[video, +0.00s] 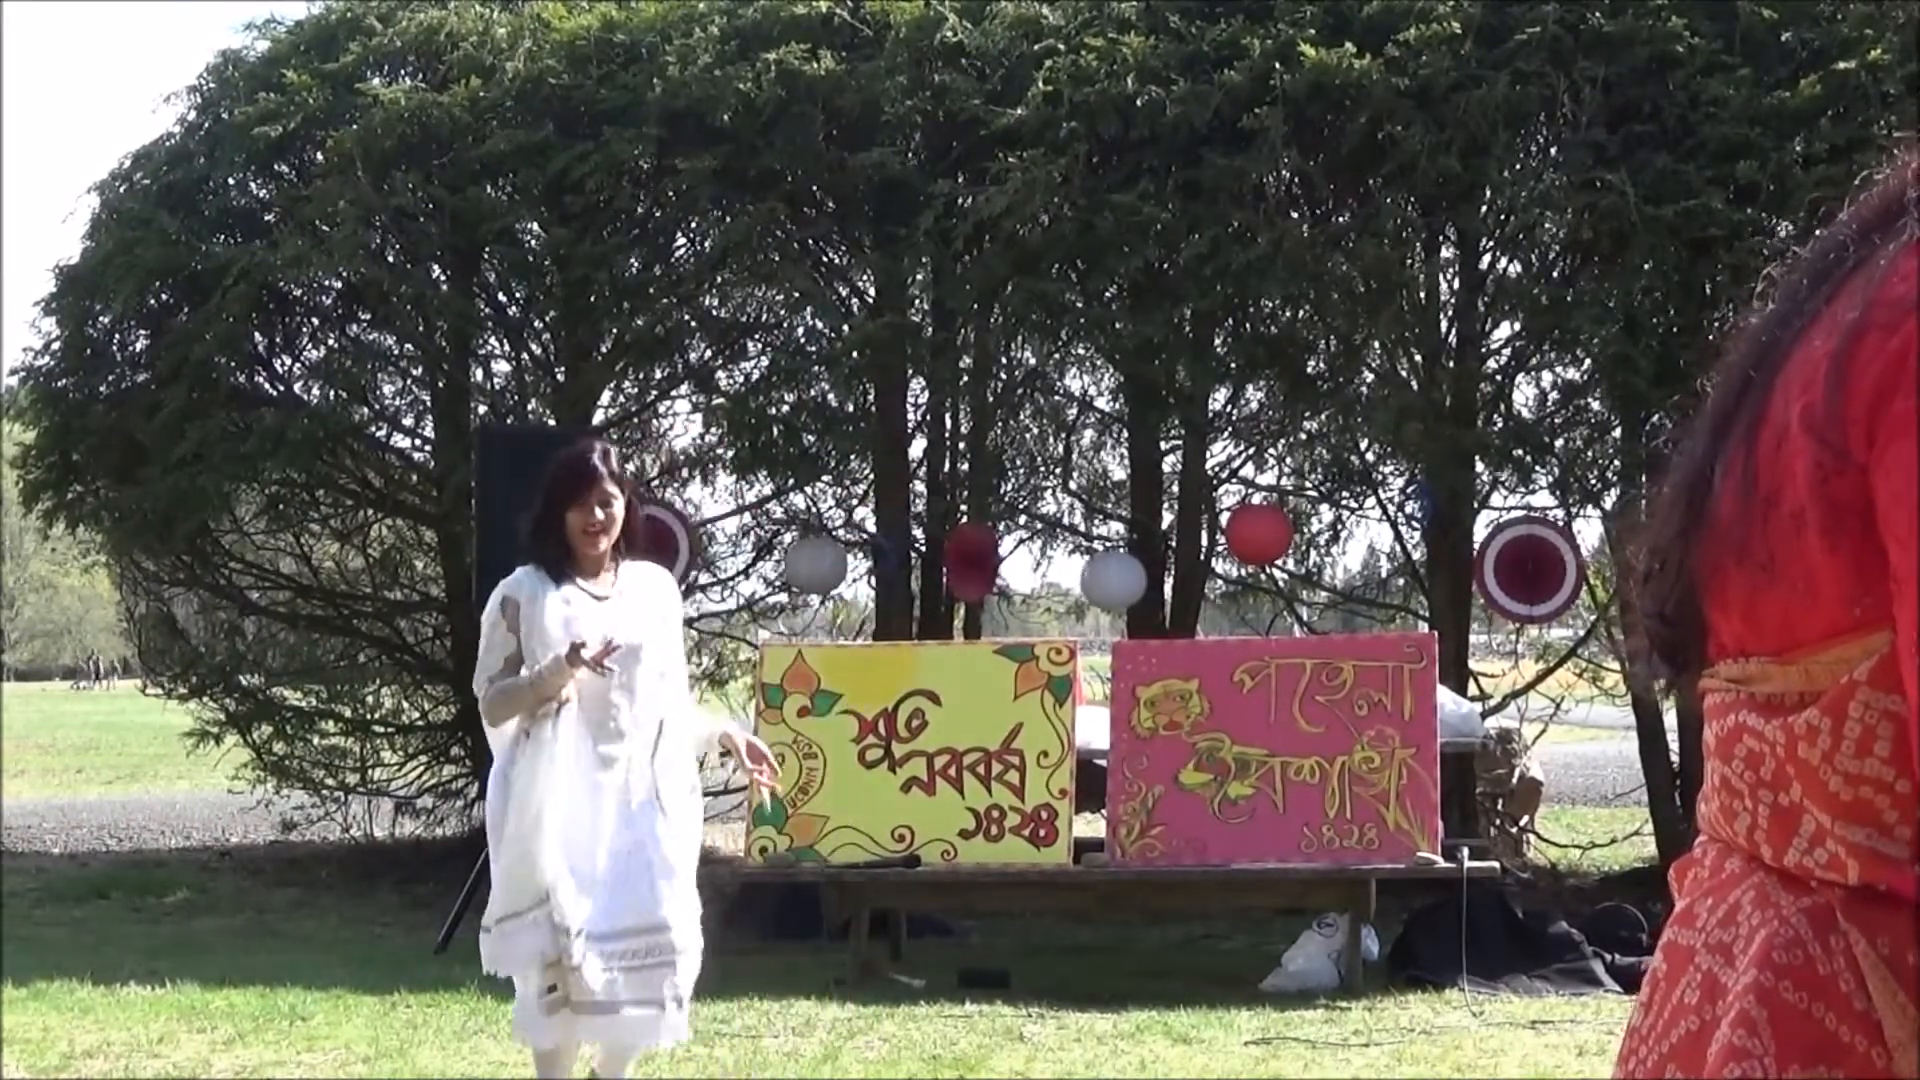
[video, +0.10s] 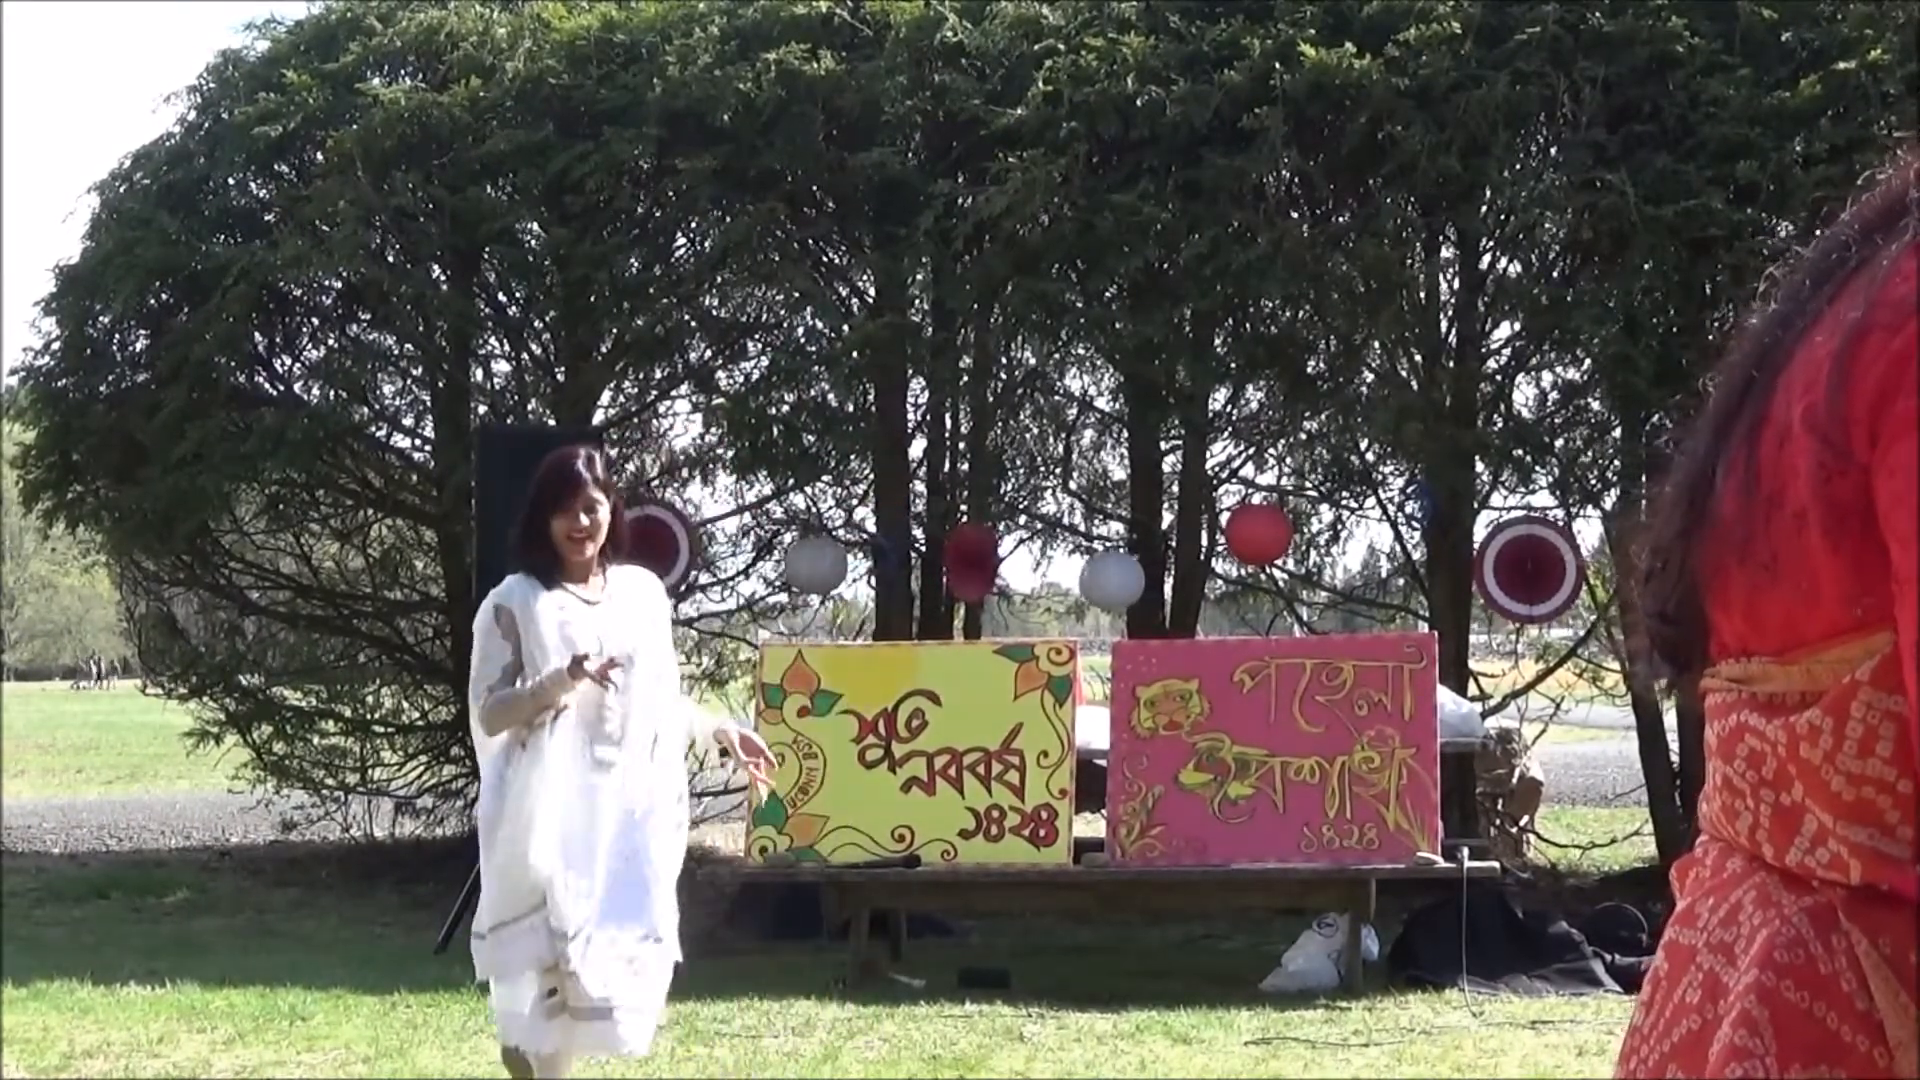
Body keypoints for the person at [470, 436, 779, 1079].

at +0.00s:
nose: (597, 516)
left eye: (609, 501)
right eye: (582, 503)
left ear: (626, 506)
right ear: (557, 510)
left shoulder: (655, 586)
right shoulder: (521, 595)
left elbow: (672, 708)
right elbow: (493, 709)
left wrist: (727, 736)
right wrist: (560, 669)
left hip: (642, 813)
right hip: (550, 815)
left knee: (653, 961)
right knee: (551, 976)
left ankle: (611, 1069)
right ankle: (555, 1070)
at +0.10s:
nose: (582, 521)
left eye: (594, 506)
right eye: (567, 508)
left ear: (611, 512)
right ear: (544, 517)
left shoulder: (643, 591)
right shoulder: (511, 602)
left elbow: (660, 709)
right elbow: (489, 718)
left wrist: (722, 731)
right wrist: (564, 680)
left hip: (623, 827)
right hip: (534, 828)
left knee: (593, 993)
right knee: (526, 999)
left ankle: (544, 1065)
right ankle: (528, 1067)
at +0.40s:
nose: (572, 504)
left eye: (582, 488)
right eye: (556, 492)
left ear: (599, 492)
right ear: (532, 501)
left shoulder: (630, 574)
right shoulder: (507, 580)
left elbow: (677, 669)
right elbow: (414, 652)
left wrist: (727, 729)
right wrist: (457, 718)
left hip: (606, 799)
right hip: (529, 796)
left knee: (575, 962)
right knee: (562, 959)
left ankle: (445, 1064)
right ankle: (551, 1072)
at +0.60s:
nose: (578, 483)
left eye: (586, 469)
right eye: (561, 472)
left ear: (603, 475)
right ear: (538, 485)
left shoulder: (634, 555)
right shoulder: (512, 554)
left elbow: (710, 611)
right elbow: (399, 573)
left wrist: (767, 679)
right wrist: (375, 661)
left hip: (602, 772)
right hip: (528, 769)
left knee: (562, 938)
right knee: (549, 937)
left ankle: (427, 1038)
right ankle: (548, 1070)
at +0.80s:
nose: (578, 478)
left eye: (586, 464)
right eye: (563, 467)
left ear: (600, 471)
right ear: (536, 477)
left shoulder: (624, 549)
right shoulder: (514, 541)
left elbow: (713, 589)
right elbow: (445, 527)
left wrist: (786, 642)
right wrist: (389, 563)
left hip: (592, 772)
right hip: (522, 769)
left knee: (562, 938)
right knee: (547, 937)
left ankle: (443, 1061)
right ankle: (544, 1070)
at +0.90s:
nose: (571, 476)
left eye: (580, 463)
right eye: (556, 464)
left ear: (596, 472)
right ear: (531, 475)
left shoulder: (614, 550)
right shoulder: (513, 540)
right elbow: (492, 526)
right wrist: (443, 511)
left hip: (587, 776)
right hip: (516, 773)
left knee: (565, 941)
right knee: (537, 939)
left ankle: (444, 1061)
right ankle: (546, 1072)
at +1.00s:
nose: (564, 478)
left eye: (576, 465)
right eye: (552, 465)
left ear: (591, 476)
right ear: (527, 474)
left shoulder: (606, 554)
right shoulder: (508, 546)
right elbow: (492, 510)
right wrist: (520, 473)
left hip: (584, 782)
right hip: (514, 781)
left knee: (563, 943)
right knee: (542, 942)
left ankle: (438, 1060)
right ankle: (544, 1073)